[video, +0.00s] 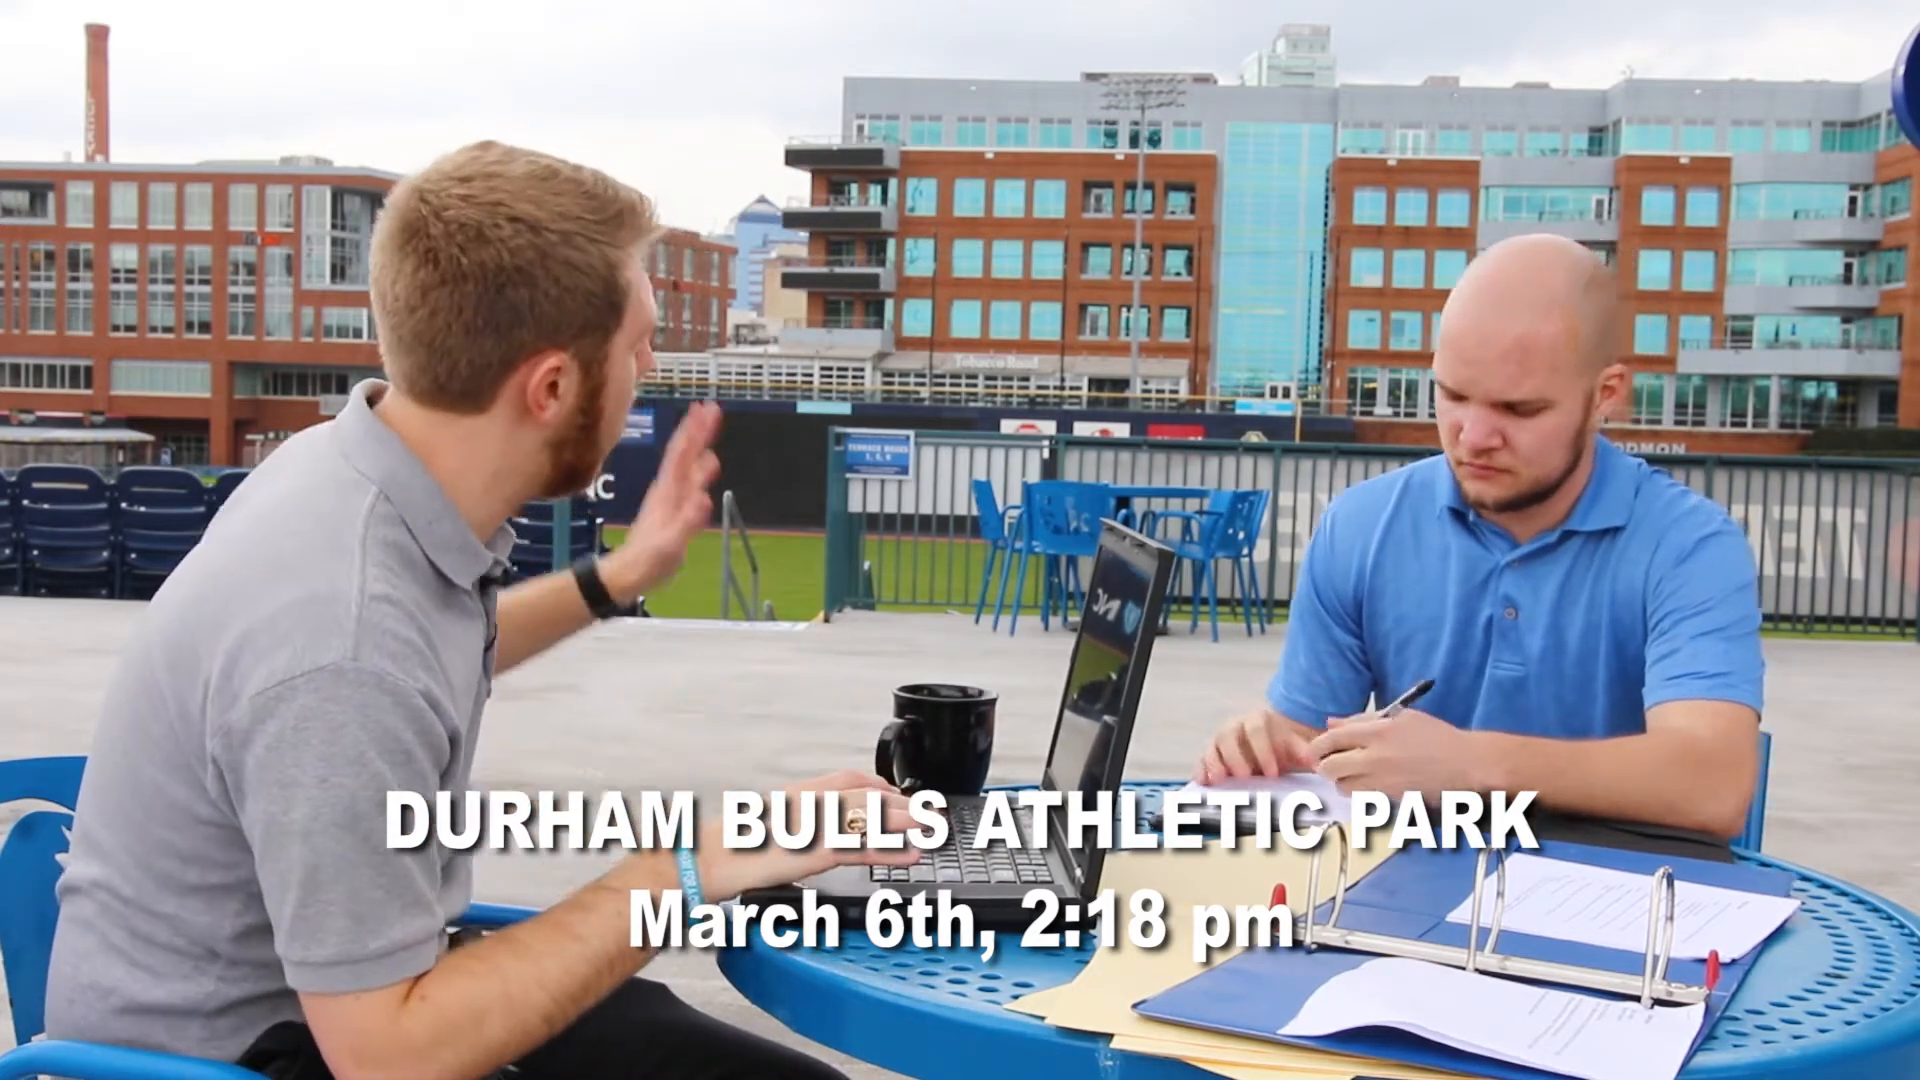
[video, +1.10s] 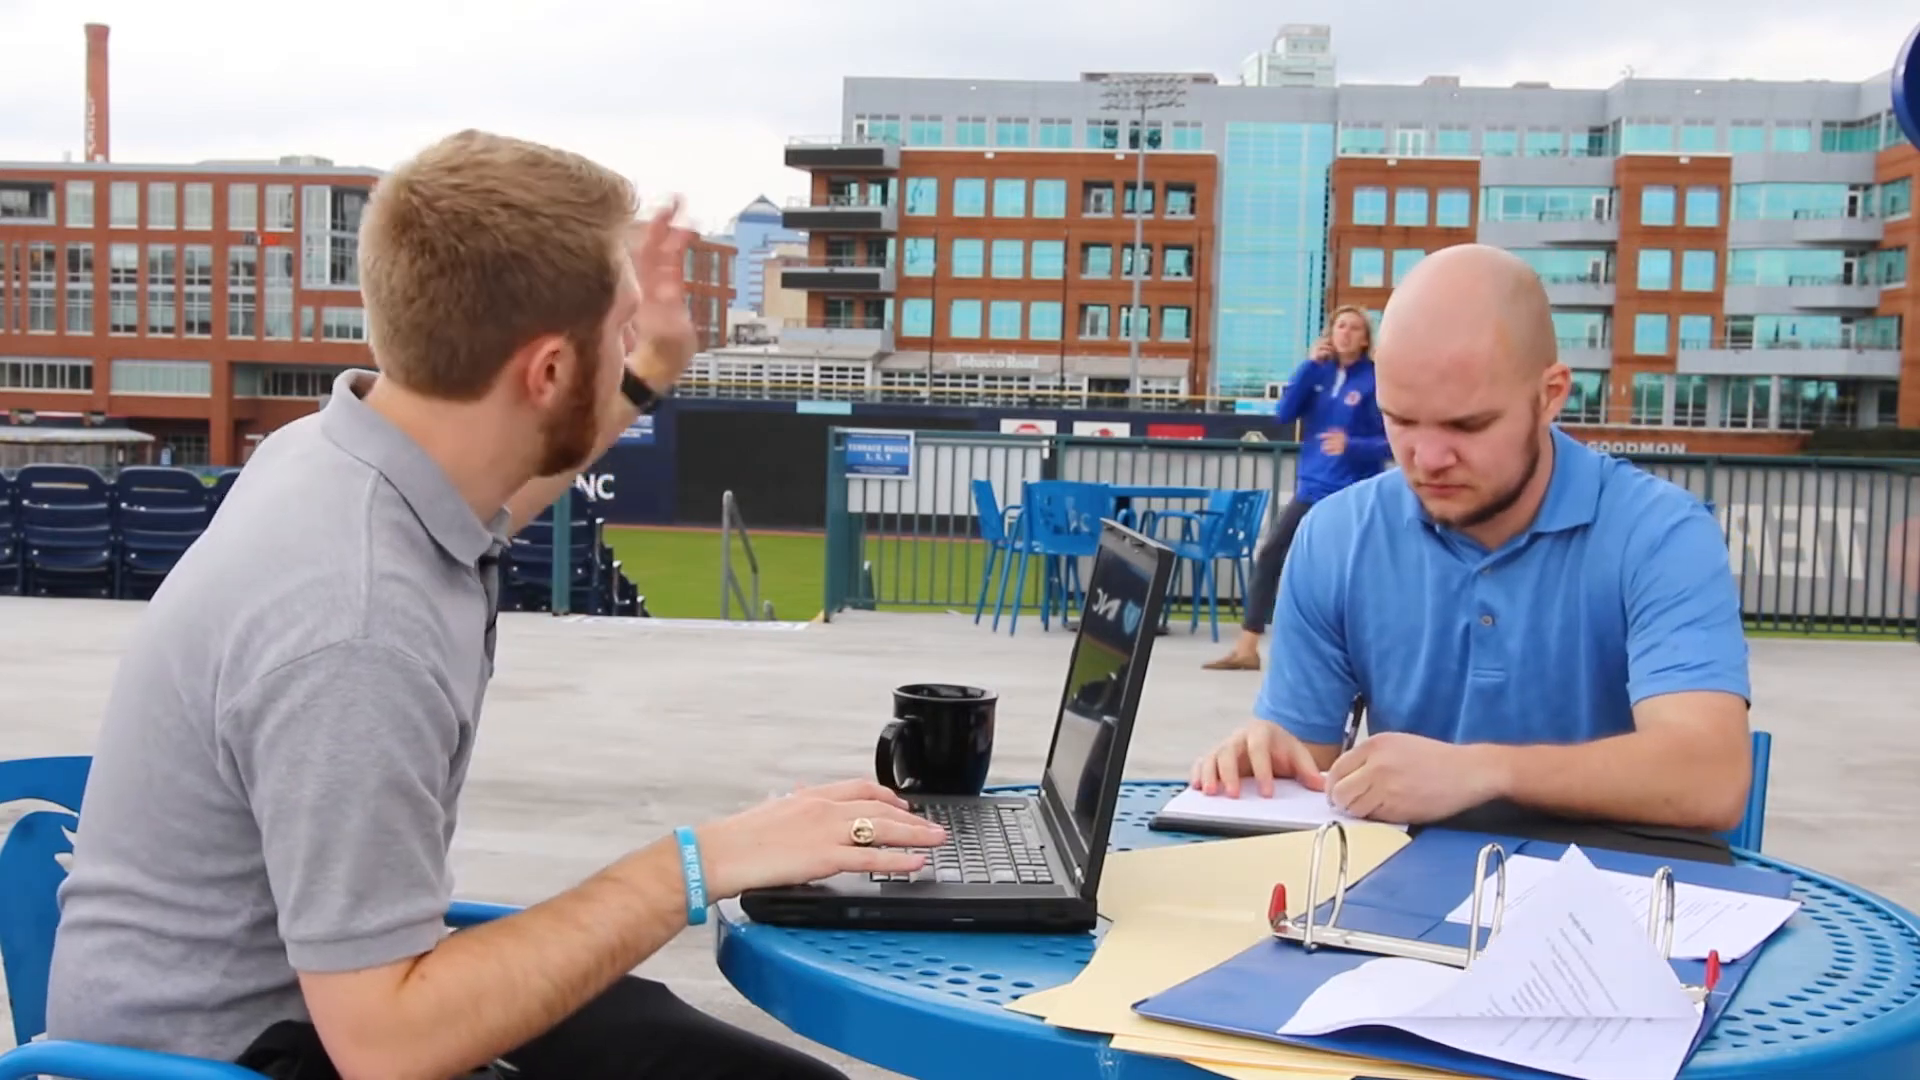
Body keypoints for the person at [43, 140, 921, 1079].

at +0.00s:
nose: (647, 366)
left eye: (644, 335)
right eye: (638, 341)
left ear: (416, 340)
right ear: (549, 387)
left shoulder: (341, 469)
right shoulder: (339, 653)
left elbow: (419, 662)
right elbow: (387, 1047)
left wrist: (619, 575)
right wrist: (685, 870)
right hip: (213, 1048)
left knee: (634, 1000)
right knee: (795, 1069)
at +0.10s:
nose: (651, 363)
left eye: (647, 329)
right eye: (640, 333)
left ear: (419, 338)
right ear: (546, 377)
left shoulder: (329, 460)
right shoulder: (354, 649)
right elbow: (392, 1049)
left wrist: (564, 487)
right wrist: (708, 863)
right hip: (213, 1054)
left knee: (628, 1009)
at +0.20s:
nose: (658, 365)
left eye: (652, 329)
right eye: (642, 334)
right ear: (539, 371)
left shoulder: (327, 455)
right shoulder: (361, 642)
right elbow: (394, 1047)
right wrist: (708, 863)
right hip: (211, 1053)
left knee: (621, 1007)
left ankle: (820, 1068)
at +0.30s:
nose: (664, 372)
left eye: (660, 335)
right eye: (648, 340)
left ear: (528, 360)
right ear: (539, 368)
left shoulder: (323, 452)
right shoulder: (369, 640)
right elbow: (397, 1047)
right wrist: (709, 863)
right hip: (214, 1052)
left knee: (627, 1009)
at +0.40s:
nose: (663, 377)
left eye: (661, 339)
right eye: (648, 343)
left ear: (531, 357)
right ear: (540, 365)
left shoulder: (320, 452)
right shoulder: (368, 633)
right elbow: (397, 1040)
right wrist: (709, 861)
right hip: (215, 1048)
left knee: (615, 1000)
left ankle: (817, 1065)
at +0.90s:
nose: (652, 357)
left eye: (645, 320)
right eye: (631, 324)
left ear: (526, 352)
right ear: (527, 356)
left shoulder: (332, 461)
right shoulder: (362, 614)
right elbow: (387, 1036)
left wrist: (393, 942)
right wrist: (711, 860)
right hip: (209, 1052)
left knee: (615, 1002)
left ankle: (816, 1068)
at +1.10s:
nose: (606, 391)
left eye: (623, 361)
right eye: (608, 366)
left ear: (405, 325)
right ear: (543, 373)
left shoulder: (340, 463)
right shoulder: (349, 620)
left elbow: (485, 501)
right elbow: (387, 1038)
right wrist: (713, 859)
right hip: (211, 1050)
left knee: (625, 1007)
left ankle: (811, 1070)